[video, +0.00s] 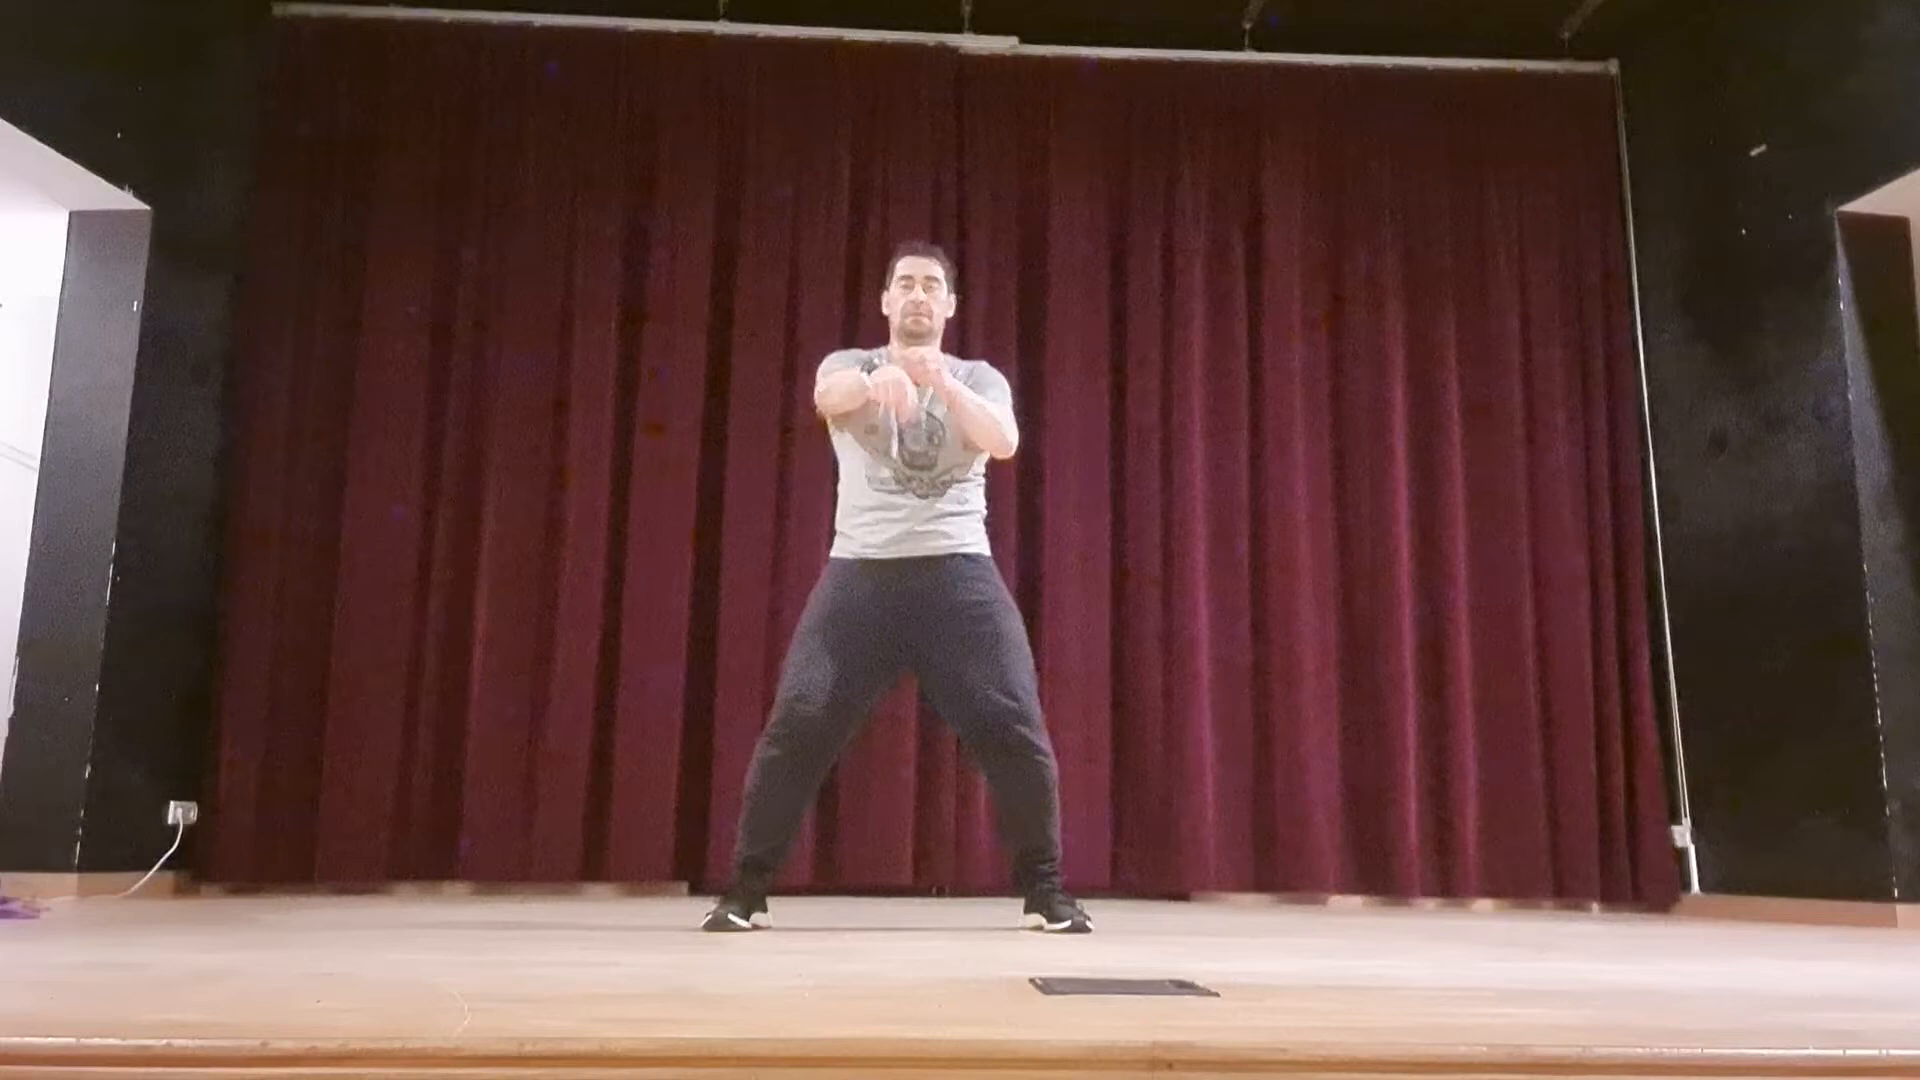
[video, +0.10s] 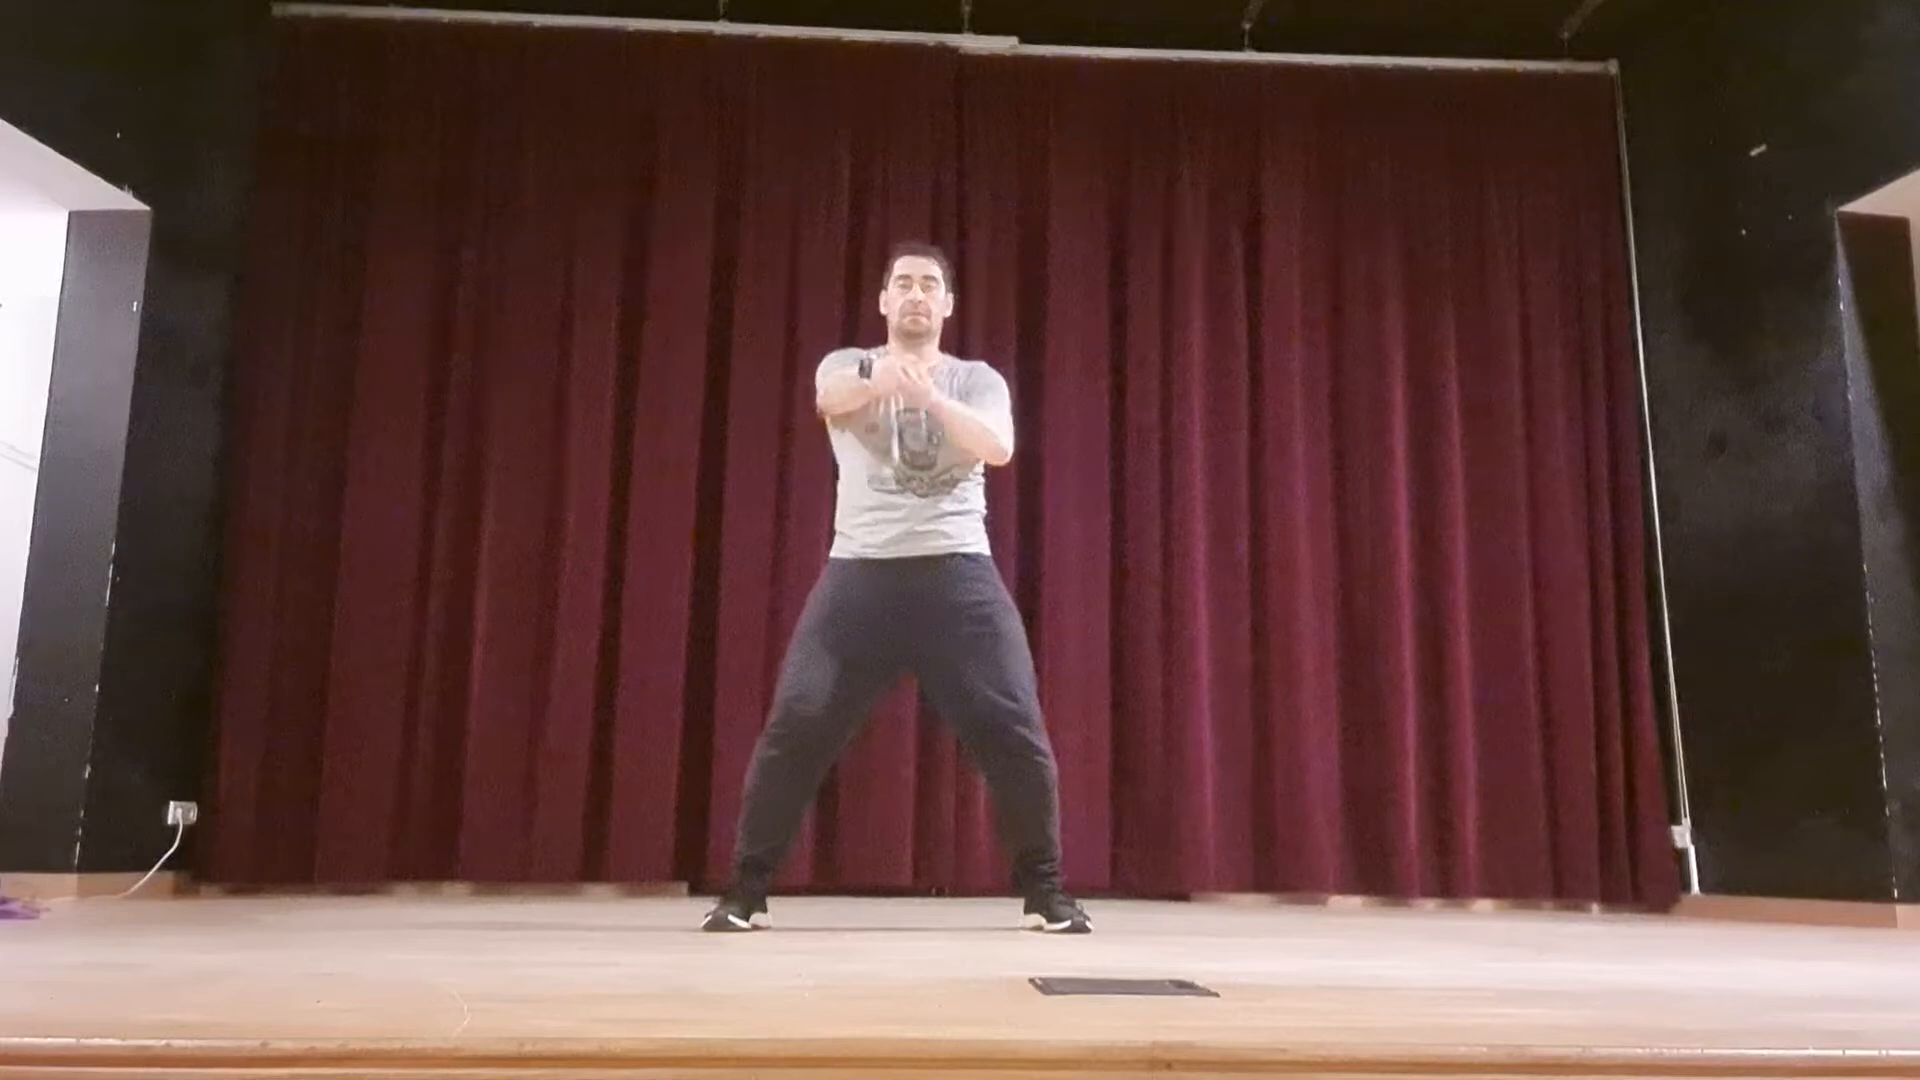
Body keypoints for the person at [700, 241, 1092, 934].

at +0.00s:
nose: (917, 294)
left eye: (930, 286)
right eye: (906, 284)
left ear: (951, 306)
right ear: (884, 302)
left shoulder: (979, 378)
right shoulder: (849, 365)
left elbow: (1001, 442)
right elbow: (829, 400)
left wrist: (941, 381)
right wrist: (876, 382)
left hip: (959, 576)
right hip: (860, 575)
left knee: (1014, 725)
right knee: (799, 719)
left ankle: (1045, 890)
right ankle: (746, 891)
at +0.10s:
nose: (915, 294)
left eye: (928, 285)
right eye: (903, 284)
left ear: (949, 306)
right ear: (881, 302)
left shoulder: (978, 379)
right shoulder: (846, 364)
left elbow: (996, 448)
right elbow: (833, 402)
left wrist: (929, 399)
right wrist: (878, 387)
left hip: (959, 577)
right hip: (859, 576)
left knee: (1014, 728)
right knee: (798, 720)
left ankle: (1045, 891)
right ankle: (745, 892)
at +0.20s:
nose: (914, 294)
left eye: (927, 285)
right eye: (902, 284)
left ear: (947, 305)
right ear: (880, 302)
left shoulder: (978, 380)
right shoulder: (844, 365)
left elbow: (985, 457)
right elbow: (836, 405)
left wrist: (919, 407)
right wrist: (875, 388)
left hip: (958, 577)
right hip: (859, 576)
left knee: (1015, 728)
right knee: (796, 723)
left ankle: (1044, 891)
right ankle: (746, 891)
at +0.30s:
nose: (913, 293)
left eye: (926, 285)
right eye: (901, 283)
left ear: (946, 305)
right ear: (879, 302)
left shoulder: (978, 379)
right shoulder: (842, 366)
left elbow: (981, 458)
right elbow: (840, 410)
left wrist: (922, 406)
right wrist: (874, 387)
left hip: (958, 578)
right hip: (858, 576)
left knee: (1014, 726)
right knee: (796, 721)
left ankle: (1044, 891)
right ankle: (746, 892)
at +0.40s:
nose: (913, 294)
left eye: (926, 285)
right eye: (901, 283)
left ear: (946, 304)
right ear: (879, 301)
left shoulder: (977, 377)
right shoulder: (842, 366)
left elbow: (978, 457)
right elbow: (841, 413)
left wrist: (922, 403)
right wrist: (877, 381)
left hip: (958, 577)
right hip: (859, 576)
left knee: (1013, 724)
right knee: (796, 722)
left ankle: (1044, 891)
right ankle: (746, 892)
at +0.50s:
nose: (913, 294)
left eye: (926, 285)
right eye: (901, 283)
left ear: (946, 304)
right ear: (879, 301)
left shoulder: (975, 375)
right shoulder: (842, 365)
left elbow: (982, 457)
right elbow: (842, 412)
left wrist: (918, 403)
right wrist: (874, 386)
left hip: (958, 578)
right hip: (858, 577)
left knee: (1013, 724)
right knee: (795, 722)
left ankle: (1044, 891)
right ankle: (745, 892)